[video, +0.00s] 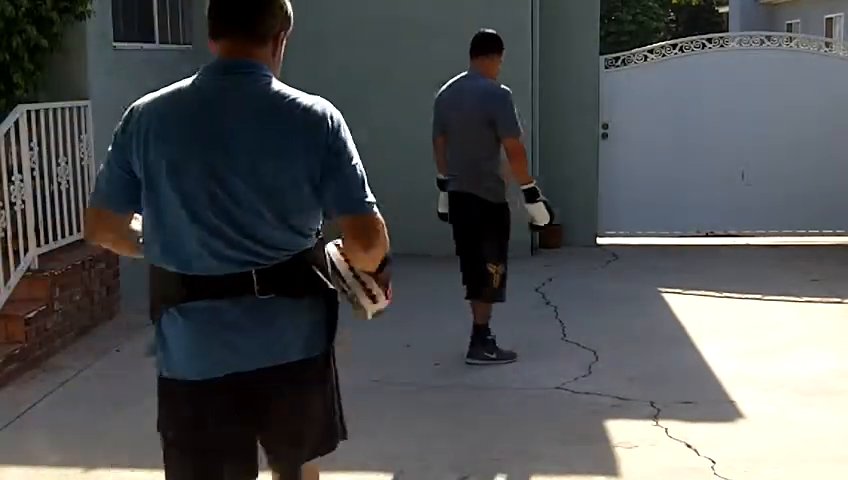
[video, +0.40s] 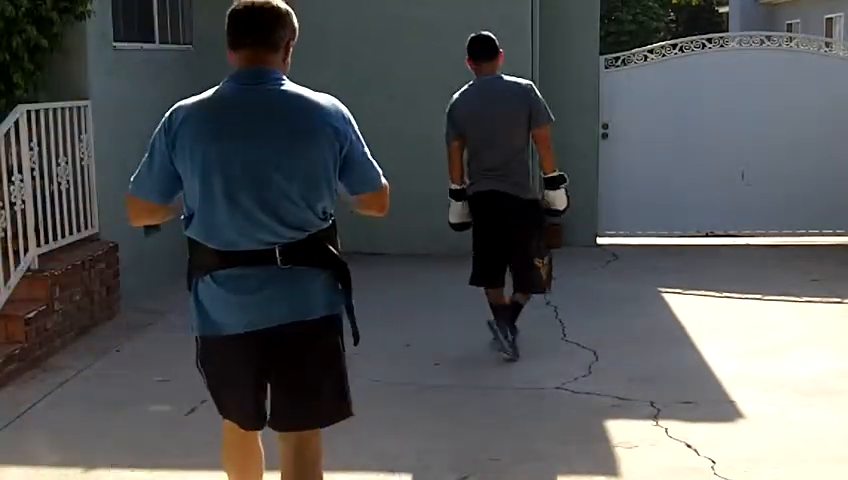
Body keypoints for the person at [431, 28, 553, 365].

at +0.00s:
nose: (500, 65)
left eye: (498, 59)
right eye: (500, 59)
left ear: (471, 56)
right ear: (496, 57)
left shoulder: (447, 92)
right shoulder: (497, 94)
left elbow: (439, 142)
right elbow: (514, 150)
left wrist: (443, 186)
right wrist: (532, 194)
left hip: (457, 195)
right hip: (486, 197)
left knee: (474, 264)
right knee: (489, 266)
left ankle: (481, 337)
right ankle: (480, 342)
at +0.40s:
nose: (492, 63)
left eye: (472, 61)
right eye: (497, 56)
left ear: (468, 64)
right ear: (501, 58)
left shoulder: (460, 101)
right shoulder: (525, 90)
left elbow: (455, 152)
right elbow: (542, 140)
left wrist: (457, 196)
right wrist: (553, 183)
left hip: (483, 197)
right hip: (521, 196)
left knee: (491, 268)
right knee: (528, 266)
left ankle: (505, 334)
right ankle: (507, 321)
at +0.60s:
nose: (480, 66)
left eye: (477, 61)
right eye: (486, 59)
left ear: (475, 62)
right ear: (505, 56)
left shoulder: (470, 100)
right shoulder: (536, 88)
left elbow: (466, 152)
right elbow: (551, 139)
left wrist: (466, 193)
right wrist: (550, 178)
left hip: (491, 195)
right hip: (530, 192)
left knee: (494, 263)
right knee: (537, 255)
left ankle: (502, 329)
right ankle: (546, 315)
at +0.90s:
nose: (499, 65)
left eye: (500, 59)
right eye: (499, 59)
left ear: (512, 57)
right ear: (529, 57)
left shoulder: (508, 97)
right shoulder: (557, 89)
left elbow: (493, 149)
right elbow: (547, 137)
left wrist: (477, 188)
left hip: (510, 194)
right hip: (544, 191)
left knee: (501, 260)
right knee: (546, 254)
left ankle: (502, 329)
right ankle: (567, 322)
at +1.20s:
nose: (526, 63)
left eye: (531, 57)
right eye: (525, 57)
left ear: (551, 58)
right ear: (545, 59)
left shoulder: (548, 95)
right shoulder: (562, 88)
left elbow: (538, 148)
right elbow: (549, 145)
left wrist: (524, 191)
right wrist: (530, 181)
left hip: (542, 194)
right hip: (564, 191)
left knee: (521, 257)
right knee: (568, 261)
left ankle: (510, 326)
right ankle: (572, 328)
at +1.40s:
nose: (535, 60)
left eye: (540, 53)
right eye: (533, 54)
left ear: (560, 55)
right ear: (541, 56)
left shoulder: (563, 90)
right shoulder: (554, 87)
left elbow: (568, 140)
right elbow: (550, 141)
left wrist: (569, 187)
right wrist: (537, 188)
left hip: (553, 193)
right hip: (548, 191)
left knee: (532, 261)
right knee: (570, 262)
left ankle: (525, 329)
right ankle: (571, 329)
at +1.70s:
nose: (540, 58)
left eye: (546, 51)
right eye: (539, 52)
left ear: (564, 54)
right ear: (553, 57)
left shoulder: (570, 90)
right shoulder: (561, 87)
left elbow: (576, 140)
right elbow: (557, 143)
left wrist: (572, 186)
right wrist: (542, 190)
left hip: (565, 191)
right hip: (550, 191)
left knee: (567, 260)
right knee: (552, 259)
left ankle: (573, 329)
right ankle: (568, 325)